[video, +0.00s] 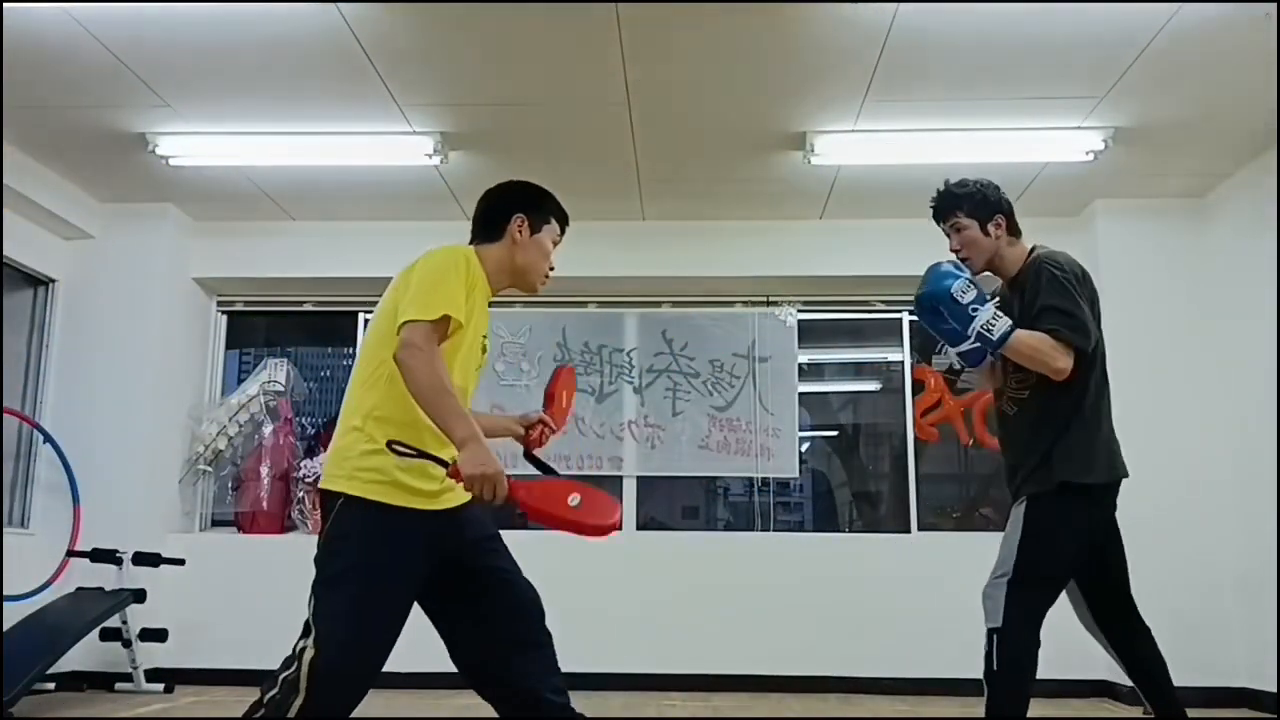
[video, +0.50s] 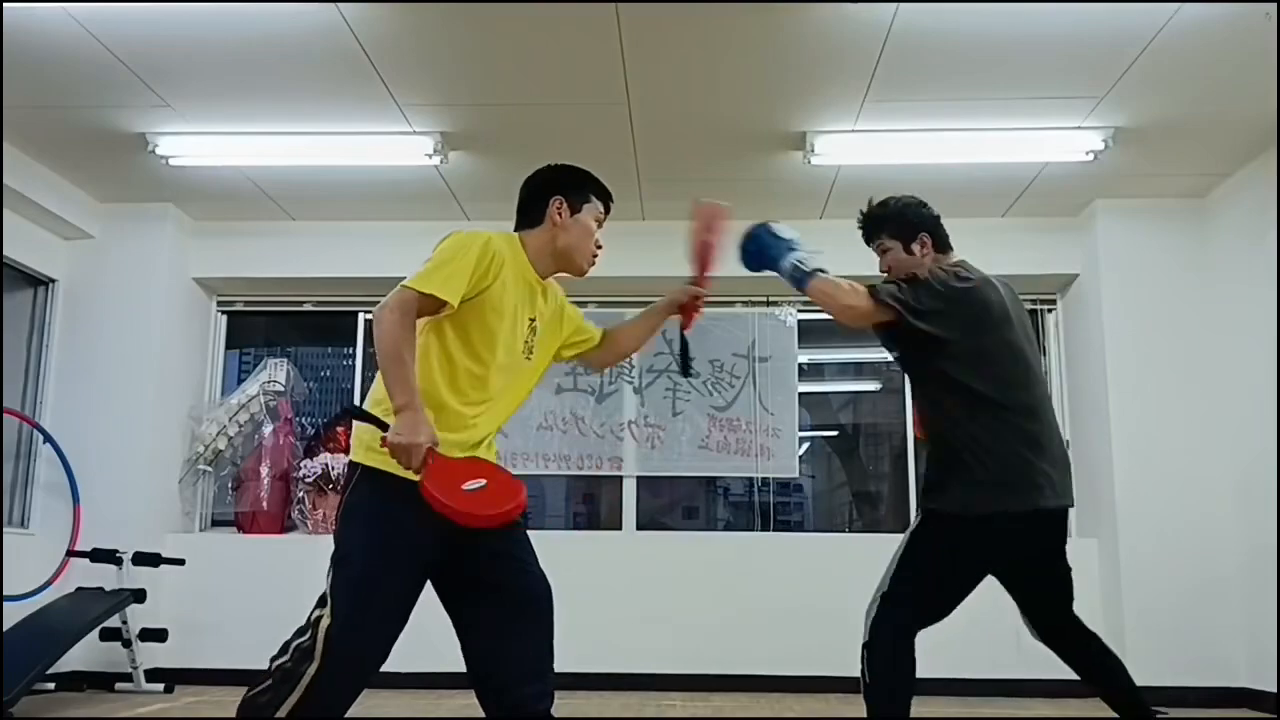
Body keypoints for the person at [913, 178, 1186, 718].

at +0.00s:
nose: (953, 248)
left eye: (959, 233)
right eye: (948, 237)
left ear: (997, 226)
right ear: (987, 232)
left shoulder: (1051, 271)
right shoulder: (1009, 295)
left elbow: (1059, 359)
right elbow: (999, 376)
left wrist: (986, 324)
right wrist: (961, 352)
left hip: (1068, 477)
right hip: (1067, 476)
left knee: (1009, 607)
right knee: (1112, 614)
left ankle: (1002, 716)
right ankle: (1171, 713)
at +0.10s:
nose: (953, 242)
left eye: (958, 226)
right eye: (948, 231)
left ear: (997, 217)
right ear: (990, 223)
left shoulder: (1044, 264)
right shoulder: (1015, 282)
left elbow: (1043, 346)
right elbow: (1003, 384)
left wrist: (970, 305)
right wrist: (970, 337)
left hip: (1057, 474)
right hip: (1080, 470)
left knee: (1008, 606)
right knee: (1114, 603)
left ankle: (1005, 716)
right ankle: (1176, 712)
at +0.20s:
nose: (948, 249)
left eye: (953, 233)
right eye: (943, 238)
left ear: (992, 224)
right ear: (986, 231)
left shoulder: (1039, 268)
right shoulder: (998, 293)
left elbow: (1015, 348)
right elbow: (973, 382)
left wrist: (953, 297)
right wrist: (935, 317)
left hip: (1058, 477)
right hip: (1068, 476)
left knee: (982, 608)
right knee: (1095, 617)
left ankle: (992, 717)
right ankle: (1165, 714)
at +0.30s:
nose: (938, 259)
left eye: (943, 243)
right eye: (934, 248)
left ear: (982, 236)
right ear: (973, 243)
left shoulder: (1031, 280)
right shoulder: (985, 307)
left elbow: (1007, 366)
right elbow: (967, 395)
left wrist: (939, 316)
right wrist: (927, 342)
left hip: (1042, 480)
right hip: (1056, 483)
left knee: (925, 575)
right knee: (1086, 621)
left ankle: (964, 712)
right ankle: (1165, 714)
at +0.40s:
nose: (909, 249)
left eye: (915, 234)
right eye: (905, 238)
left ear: (951, 230)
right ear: (955, 233)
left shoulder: (983, 275)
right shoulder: (1004, 275)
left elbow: (968, 351)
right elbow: (996, 383)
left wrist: (901, 305)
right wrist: (924, 354)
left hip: (995, 489)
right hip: (1051, 487)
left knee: (909, 610)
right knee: (1095, 619)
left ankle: (900, 713)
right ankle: (1165, 713)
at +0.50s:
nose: (881, 266)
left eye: (885, 252)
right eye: (878, 255)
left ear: (922, 245)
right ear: (928, 244)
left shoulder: (941, 292)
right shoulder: (996, 291)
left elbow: (851, 307)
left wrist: (790, 260)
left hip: (973, 501)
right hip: (1038, 498)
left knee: (890, 625)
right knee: (1056, 623)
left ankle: (889, 715)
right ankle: (1139, 712)